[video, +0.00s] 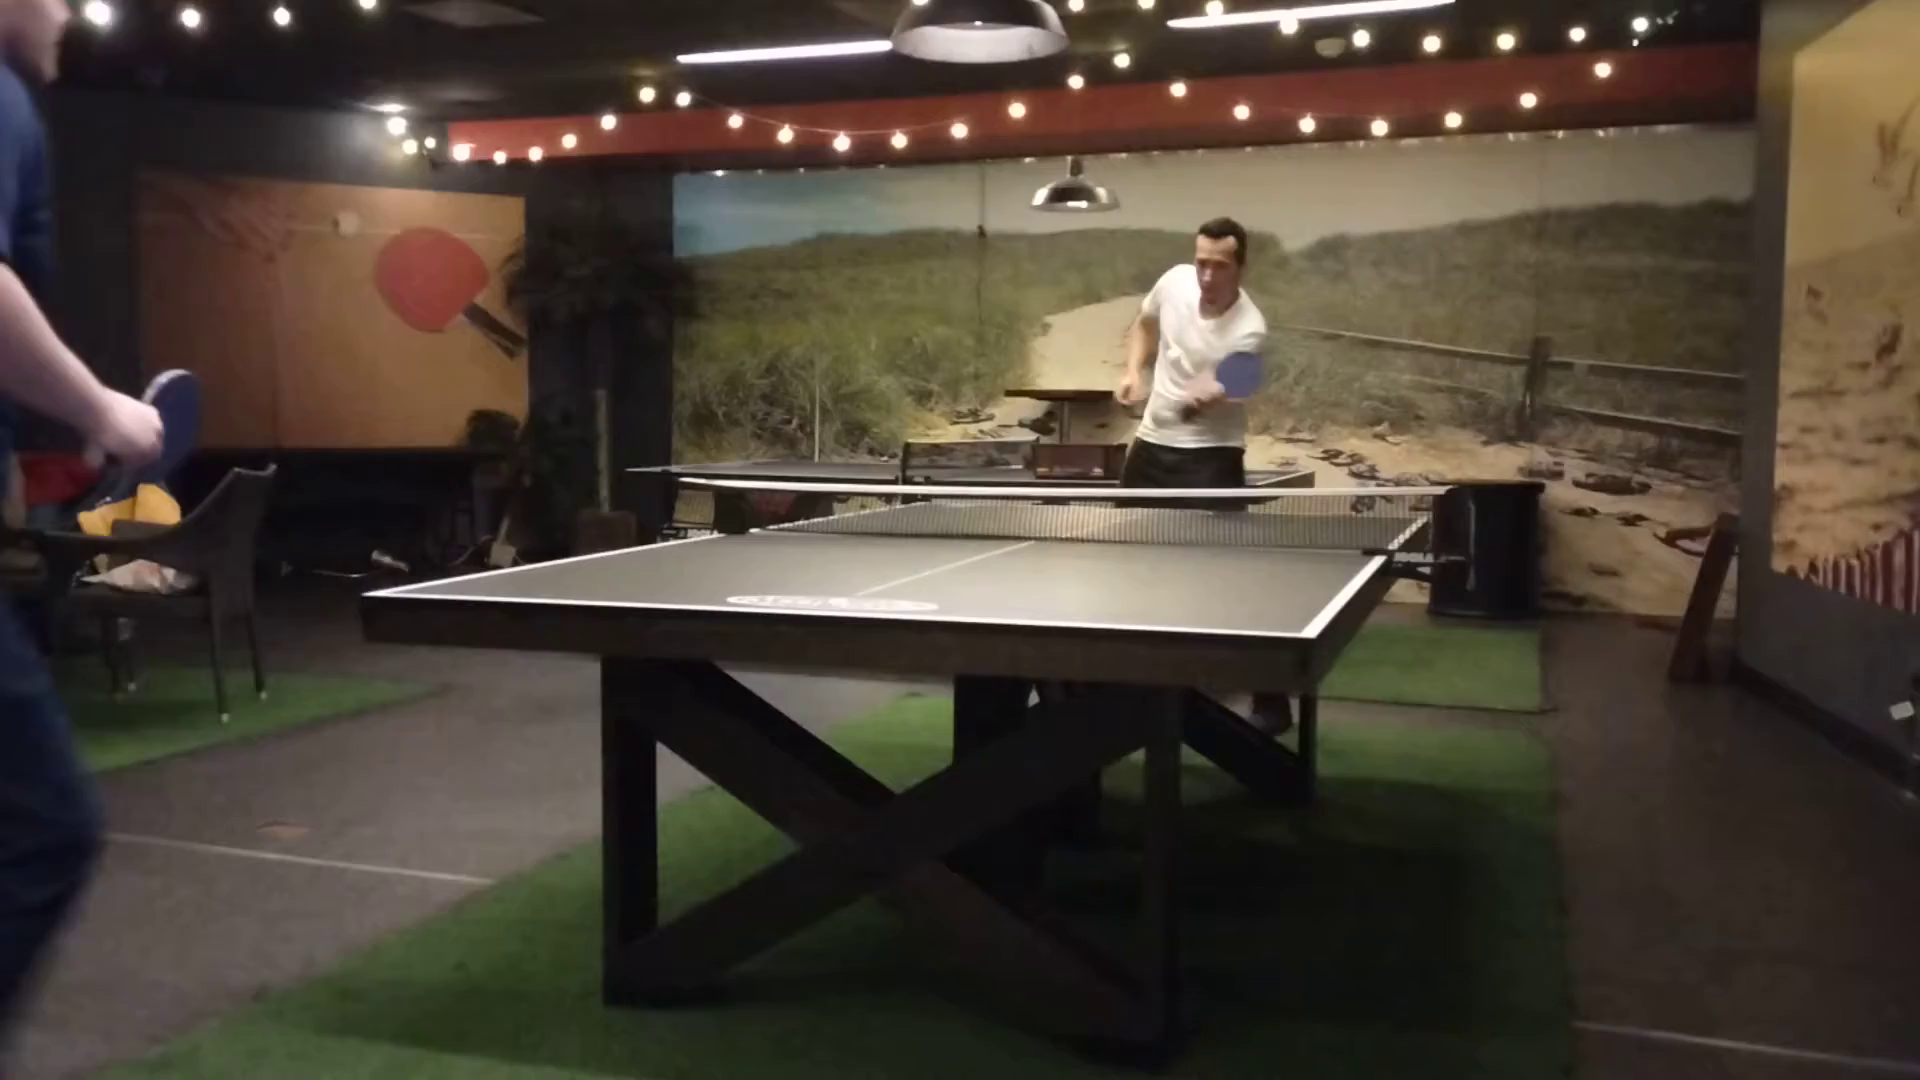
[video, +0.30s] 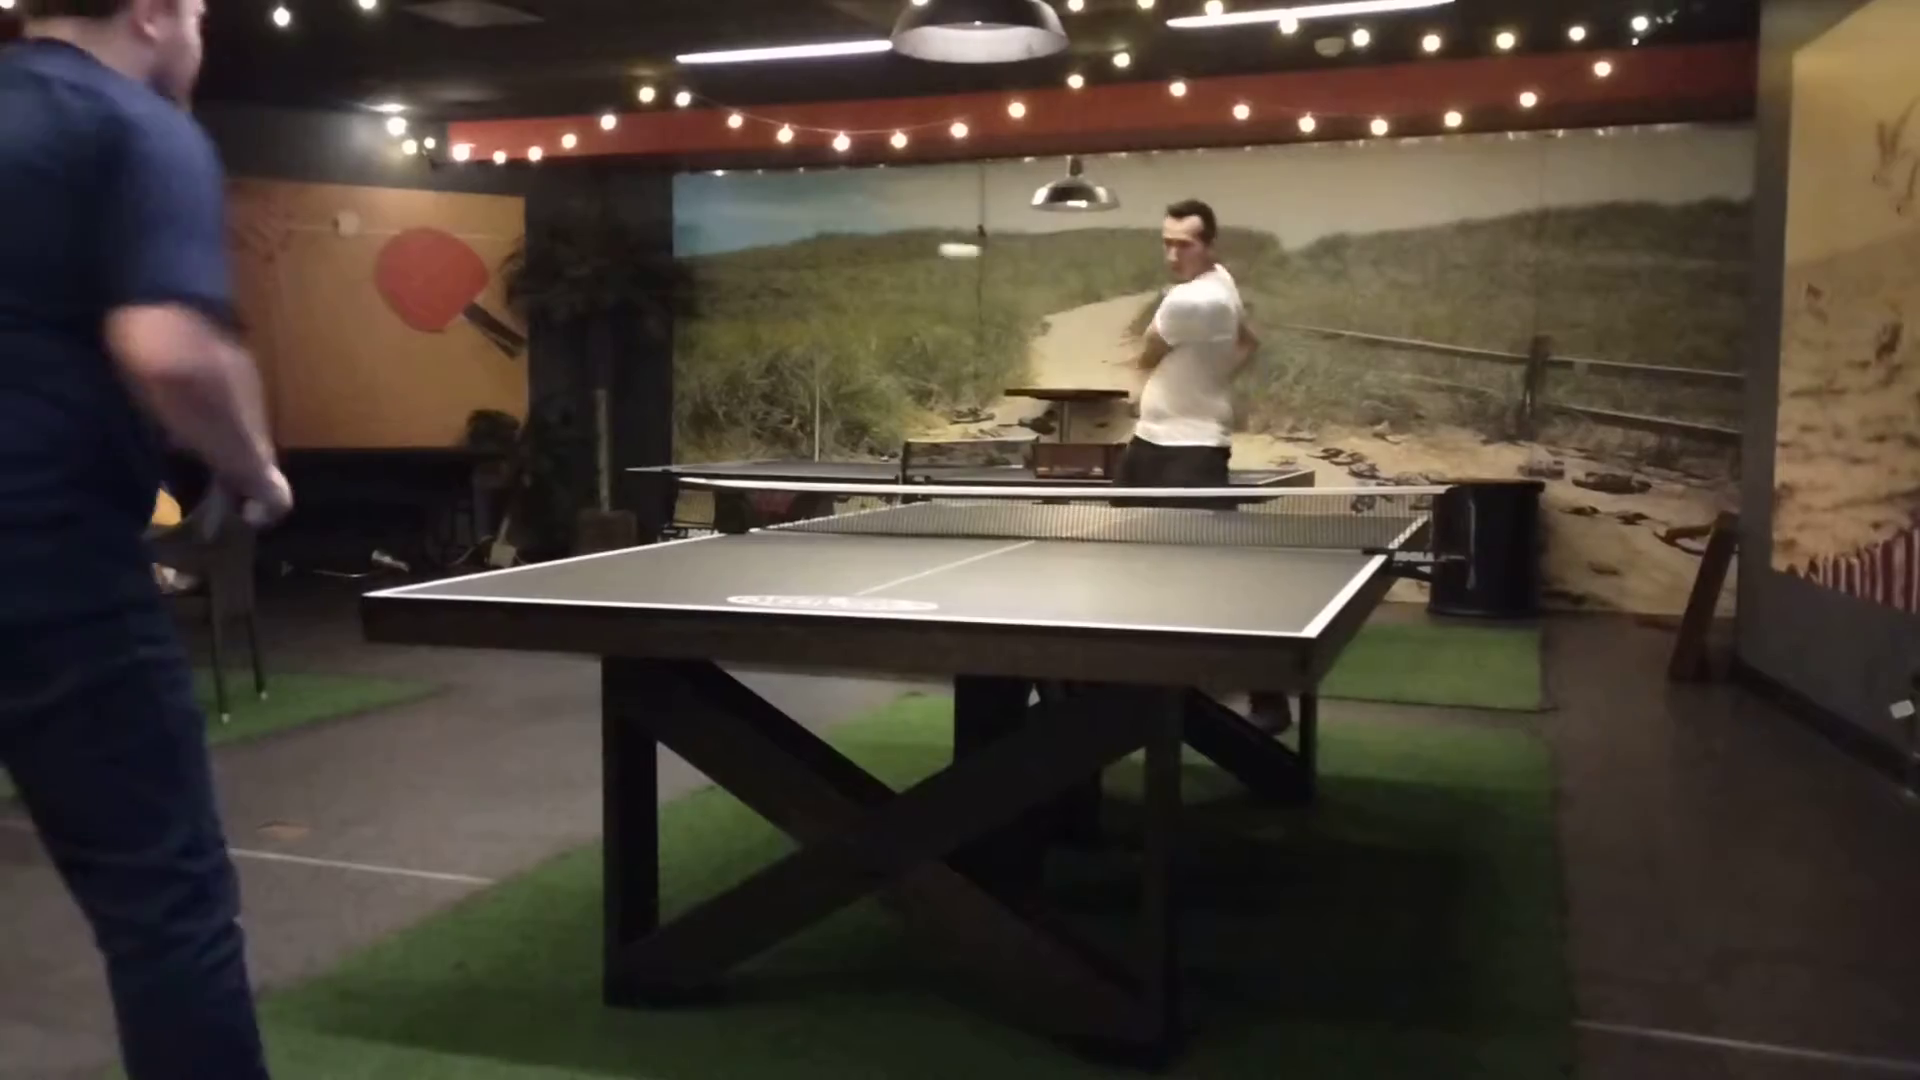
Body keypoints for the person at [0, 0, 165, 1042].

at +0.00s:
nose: (72, 17)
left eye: (73, 4)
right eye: (62, 0)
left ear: (17, 15)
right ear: (15, 8)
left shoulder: (17, 112)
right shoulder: (9, 106)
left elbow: (8, 309)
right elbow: (5, 290)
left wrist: (92, 412)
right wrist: (102, 409)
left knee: (49, 819)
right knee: (52, 821)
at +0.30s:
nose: (201, 37)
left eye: (201, 17)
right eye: (197, 13)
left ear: (39, 12)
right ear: (150, 14)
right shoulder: (137, 127)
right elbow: (163, 347)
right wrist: (252, 474)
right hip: (50, 583)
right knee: (169, 913)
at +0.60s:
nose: (107, 69)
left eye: (106, 47)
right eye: (103, 43)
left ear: (19, 44)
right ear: (63, 40)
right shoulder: (91, 145)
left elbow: (188, 377)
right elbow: (189, 376)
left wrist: (98, 501)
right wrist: (101, 500)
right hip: (30, 577)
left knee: (147, 905)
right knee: (150, 907)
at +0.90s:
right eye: (20, 165)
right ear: (11, 168)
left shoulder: (35, 263)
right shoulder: (29, 263)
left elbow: (113, 448)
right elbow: (114, 450)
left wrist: (53, 518)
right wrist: (47, 527)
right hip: (27, 640)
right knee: (155, 911)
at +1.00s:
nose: (109, 284)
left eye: (107, 274)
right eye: (104, 268)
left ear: (6, 260)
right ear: (72, 259)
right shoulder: (106, 322)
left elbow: (202, 484)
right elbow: (205, 485)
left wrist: (125, 625)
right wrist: (136, 628)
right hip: (50, 608)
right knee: (230, 923)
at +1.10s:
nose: (149, 362)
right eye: (139, 347)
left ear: (20, 350)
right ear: (115, 342)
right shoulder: (142, 380)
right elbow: (251, 519)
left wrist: (30, 823)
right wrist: (193, 696)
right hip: (85, 637)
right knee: (260, 926)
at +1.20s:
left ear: (83, 402)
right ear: (171, 412)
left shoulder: (17, 452)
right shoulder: (178, 438)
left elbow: (29, 725)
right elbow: (262, 550)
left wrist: (112, 892)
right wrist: (261, 736)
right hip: (76, 648)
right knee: (258, 919)